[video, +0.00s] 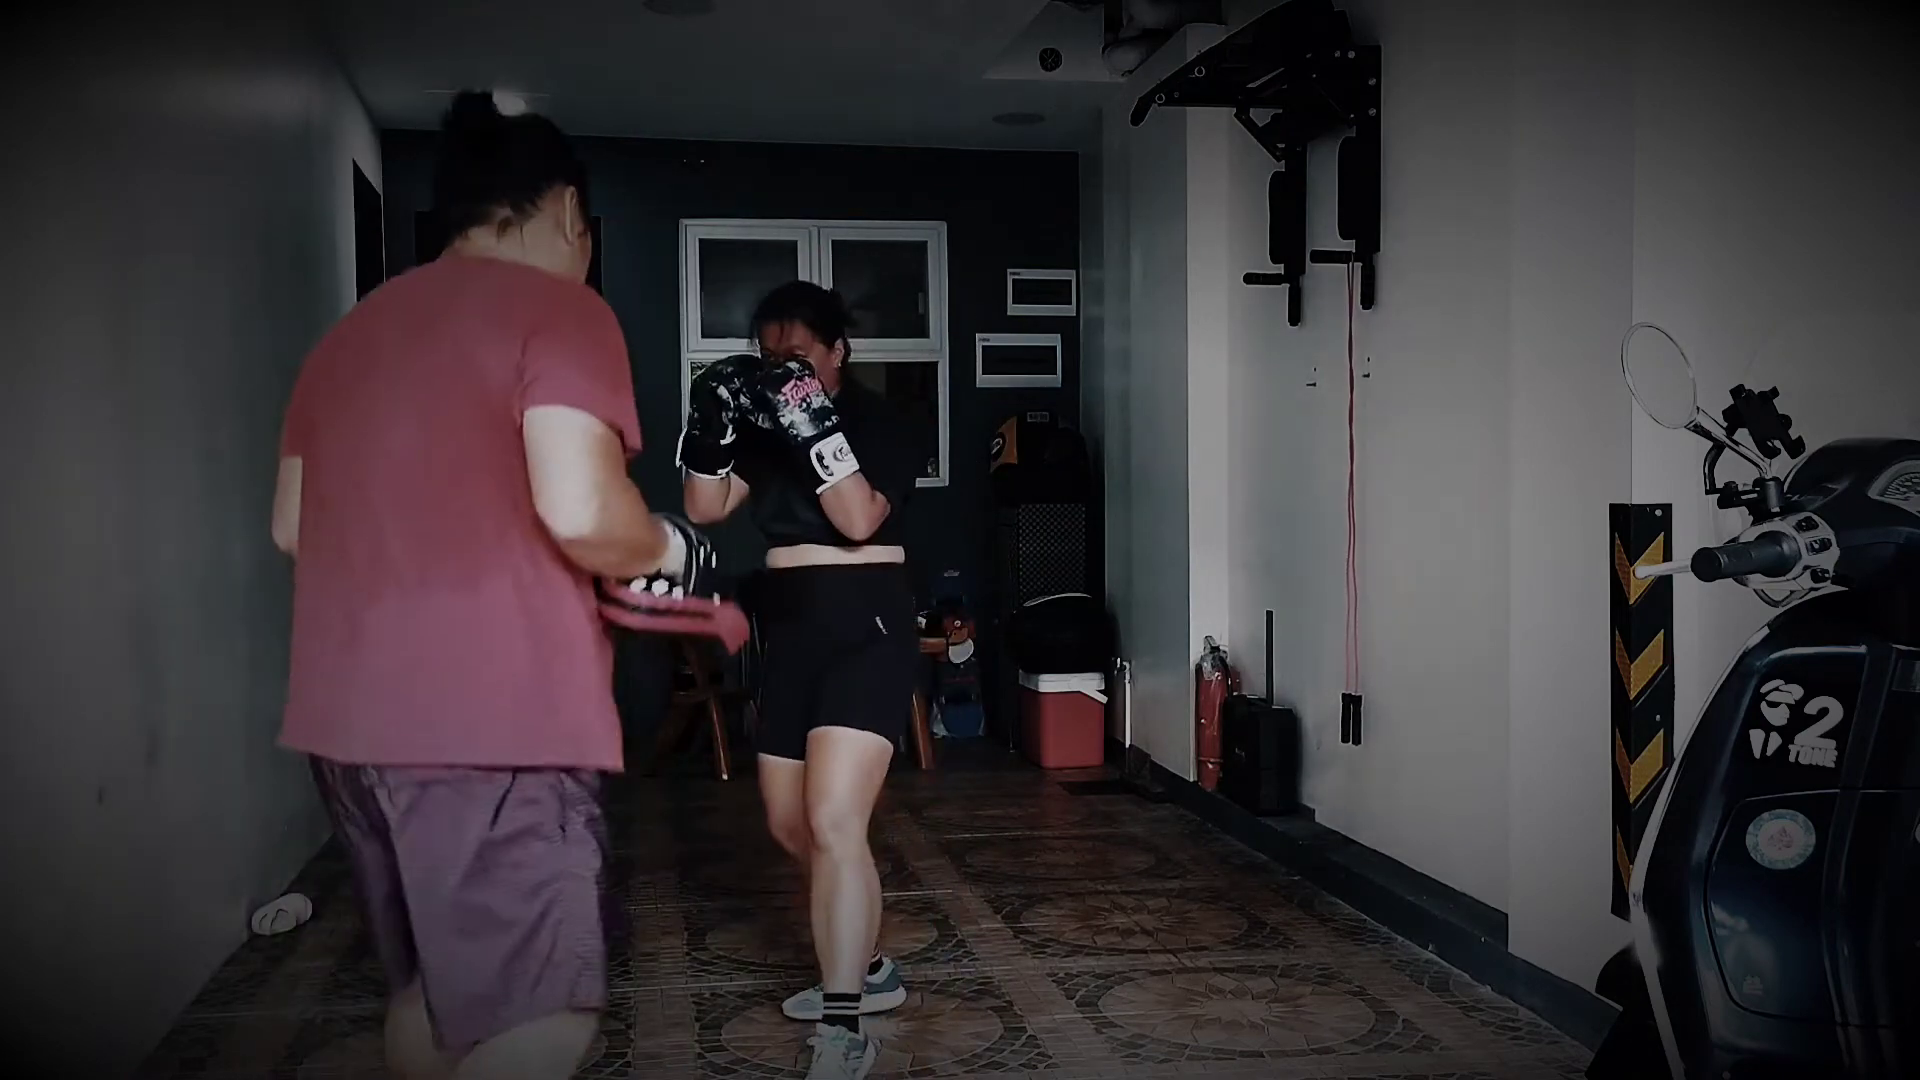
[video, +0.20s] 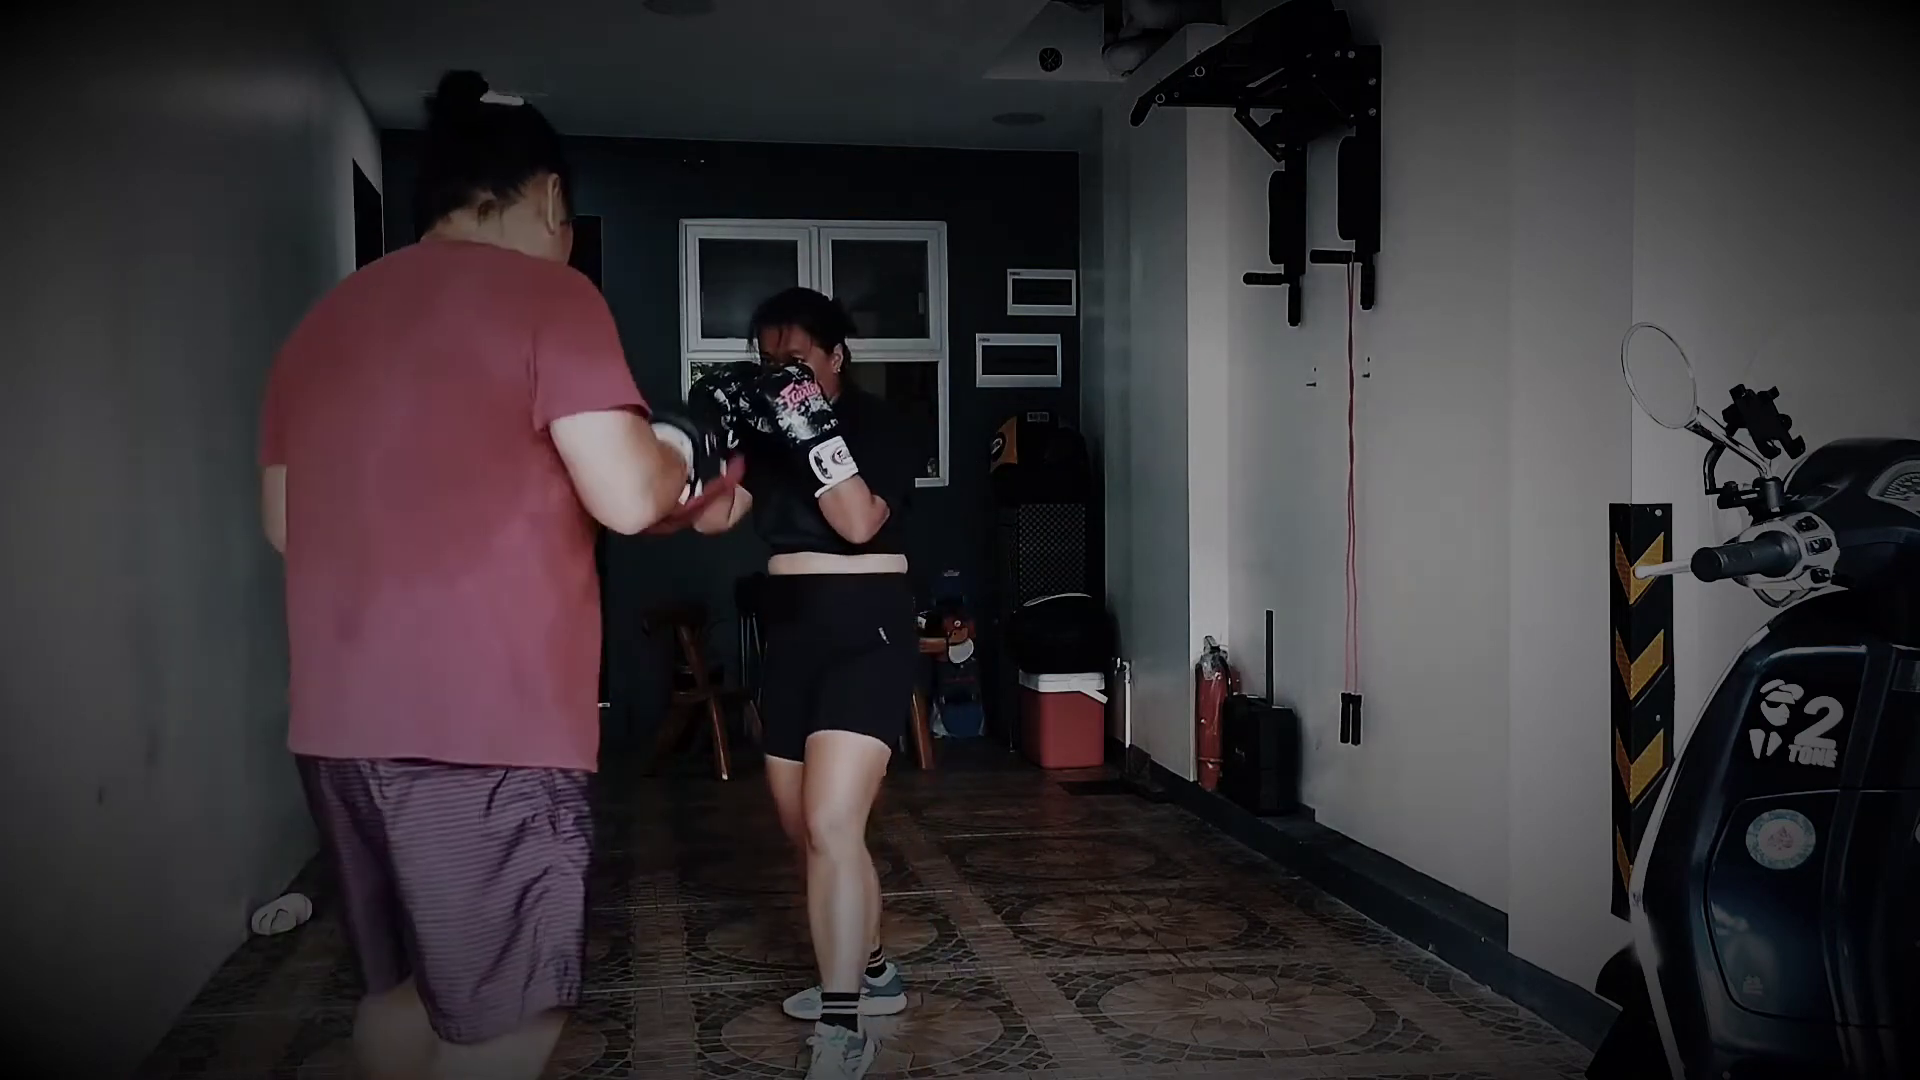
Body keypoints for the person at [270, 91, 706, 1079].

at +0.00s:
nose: (585, 254)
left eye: (582, 229)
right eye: (583, 227)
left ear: (459, 216)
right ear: (556, 205)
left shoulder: (350, 331)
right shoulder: (556, 307)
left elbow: (293, 524)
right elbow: (581, 512)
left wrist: (472, 564)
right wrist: (663, 548)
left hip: (347, 730)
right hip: (491, 733)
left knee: (421, 984)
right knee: (540, 1014)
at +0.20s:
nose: (565, 234)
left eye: (563, 210)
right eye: (562, 208)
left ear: (440, 196)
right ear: (540, 192)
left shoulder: (324, 319)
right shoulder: (545, 295)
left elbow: (285, 522)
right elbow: (631, 501)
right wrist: (673, 448)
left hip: (337, 729)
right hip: (489, 731)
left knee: (395, 988)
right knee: (507, 1019)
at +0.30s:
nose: (550, 247)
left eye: (549, 225)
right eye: (549, 222)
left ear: (418, 211)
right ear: (527, 206)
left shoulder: (307, 332)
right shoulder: (533, 305)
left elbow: (294, 483)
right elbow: (646, 497)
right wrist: (667, 410)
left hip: (325, 740)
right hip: (479, 747)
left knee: (385, 999)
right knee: (506, 1021)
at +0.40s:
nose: (538, 257)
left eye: (538, 237)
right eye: (537, 233)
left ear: (418, 214)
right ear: (512, 214)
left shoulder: (304, 326)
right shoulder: (514, 309)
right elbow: (642, 477)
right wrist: (658, 392)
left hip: (311, 734)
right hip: (457, 740)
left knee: (376, 997)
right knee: (488, 1008)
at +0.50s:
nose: (530, 269)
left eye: (531, 250)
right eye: (529, 247)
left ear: (416, 221)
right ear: (508, 226)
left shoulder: (304, 324)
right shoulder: (501, 312)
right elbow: (637, 466)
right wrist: (650, 382)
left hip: (294, 722)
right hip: (434, 728)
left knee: (374, 982)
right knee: (464, 994)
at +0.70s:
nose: (523, 281)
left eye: (525, 264)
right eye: (524, 259)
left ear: (405, 229)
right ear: (500, 234)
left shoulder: (302, 320)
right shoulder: (484, 314)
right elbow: (625, 451)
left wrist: (528, 326)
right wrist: (625, 335)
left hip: (276, 715)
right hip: (410, 717)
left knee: (371, 986)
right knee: (476, 982)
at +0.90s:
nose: (508, 281)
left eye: (510, 261)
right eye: (509, 258)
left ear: (393, 228)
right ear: (483, 236)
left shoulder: (288, 327)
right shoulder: (466, 324)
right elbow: (614, 456)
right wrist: (614, 330)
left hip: (279, 728)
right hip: (404, 737)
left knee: (375, 997)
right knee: (433, 1003)